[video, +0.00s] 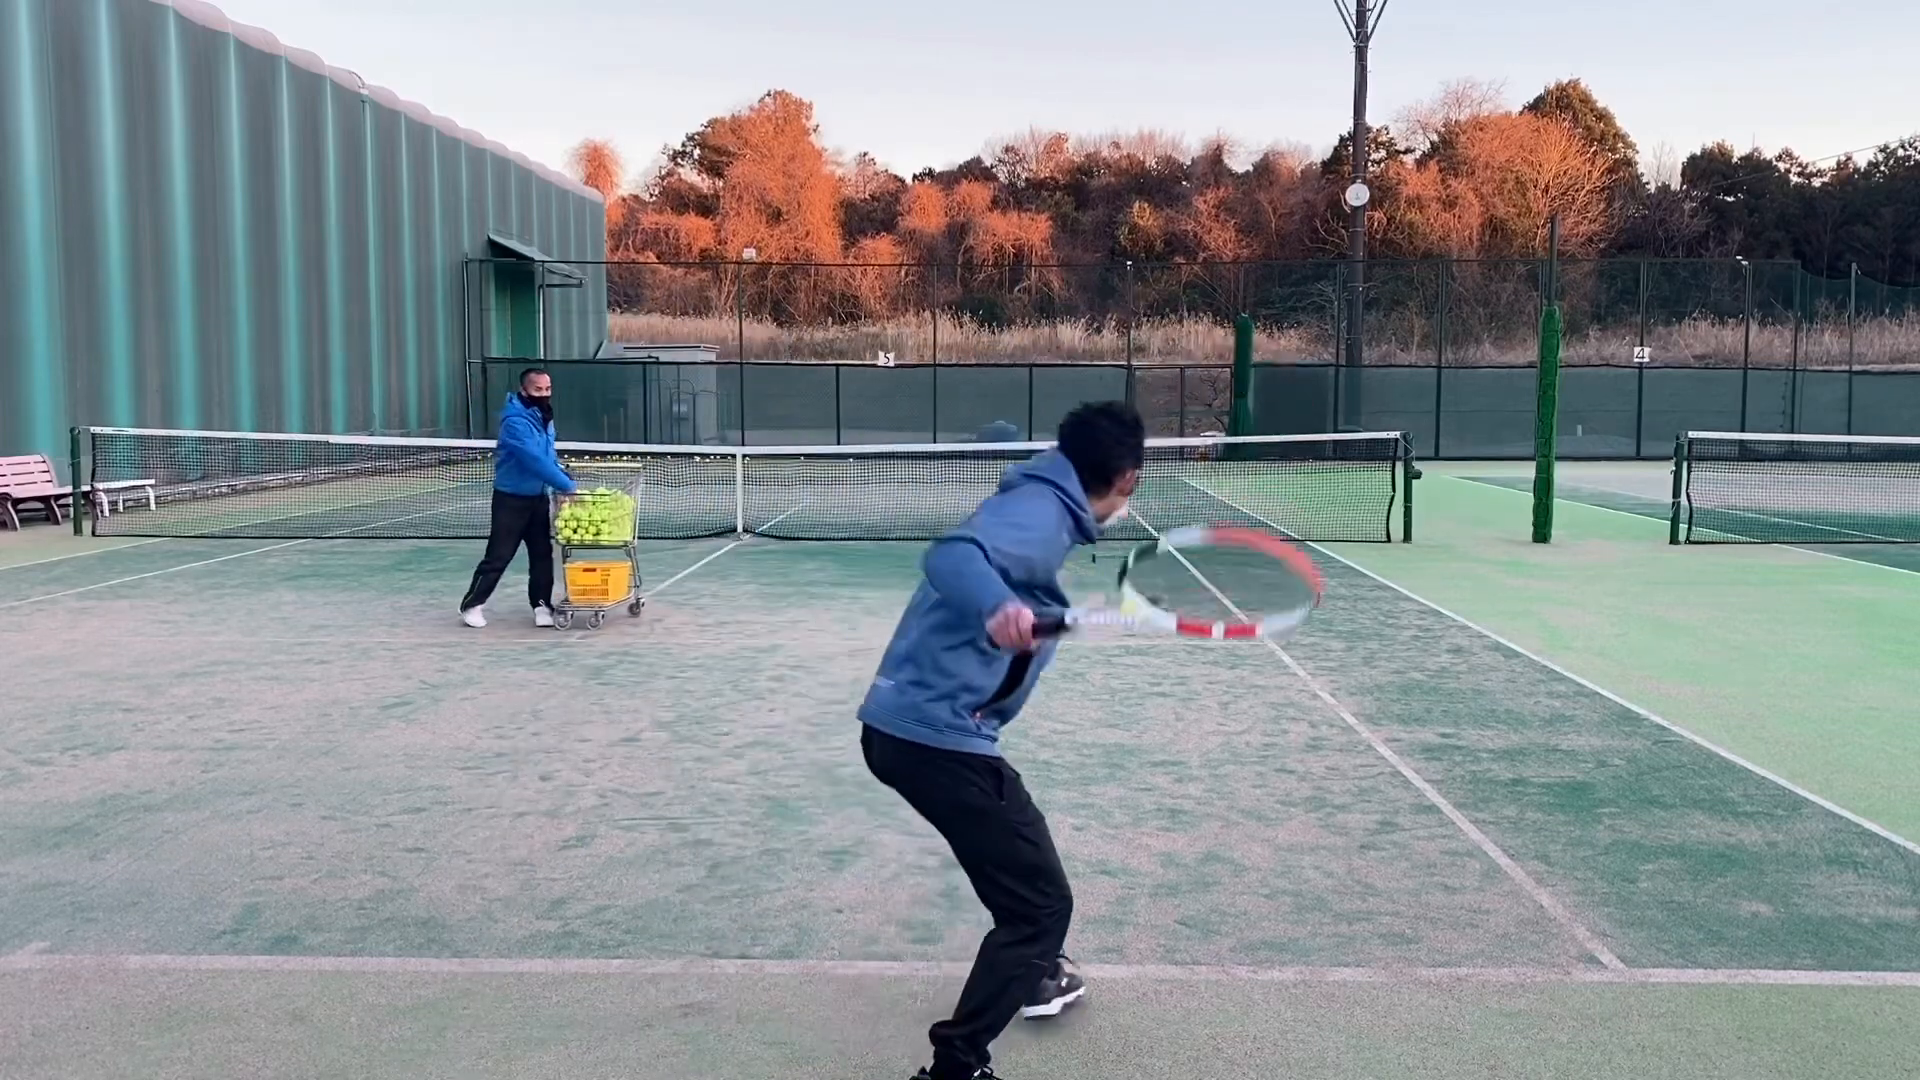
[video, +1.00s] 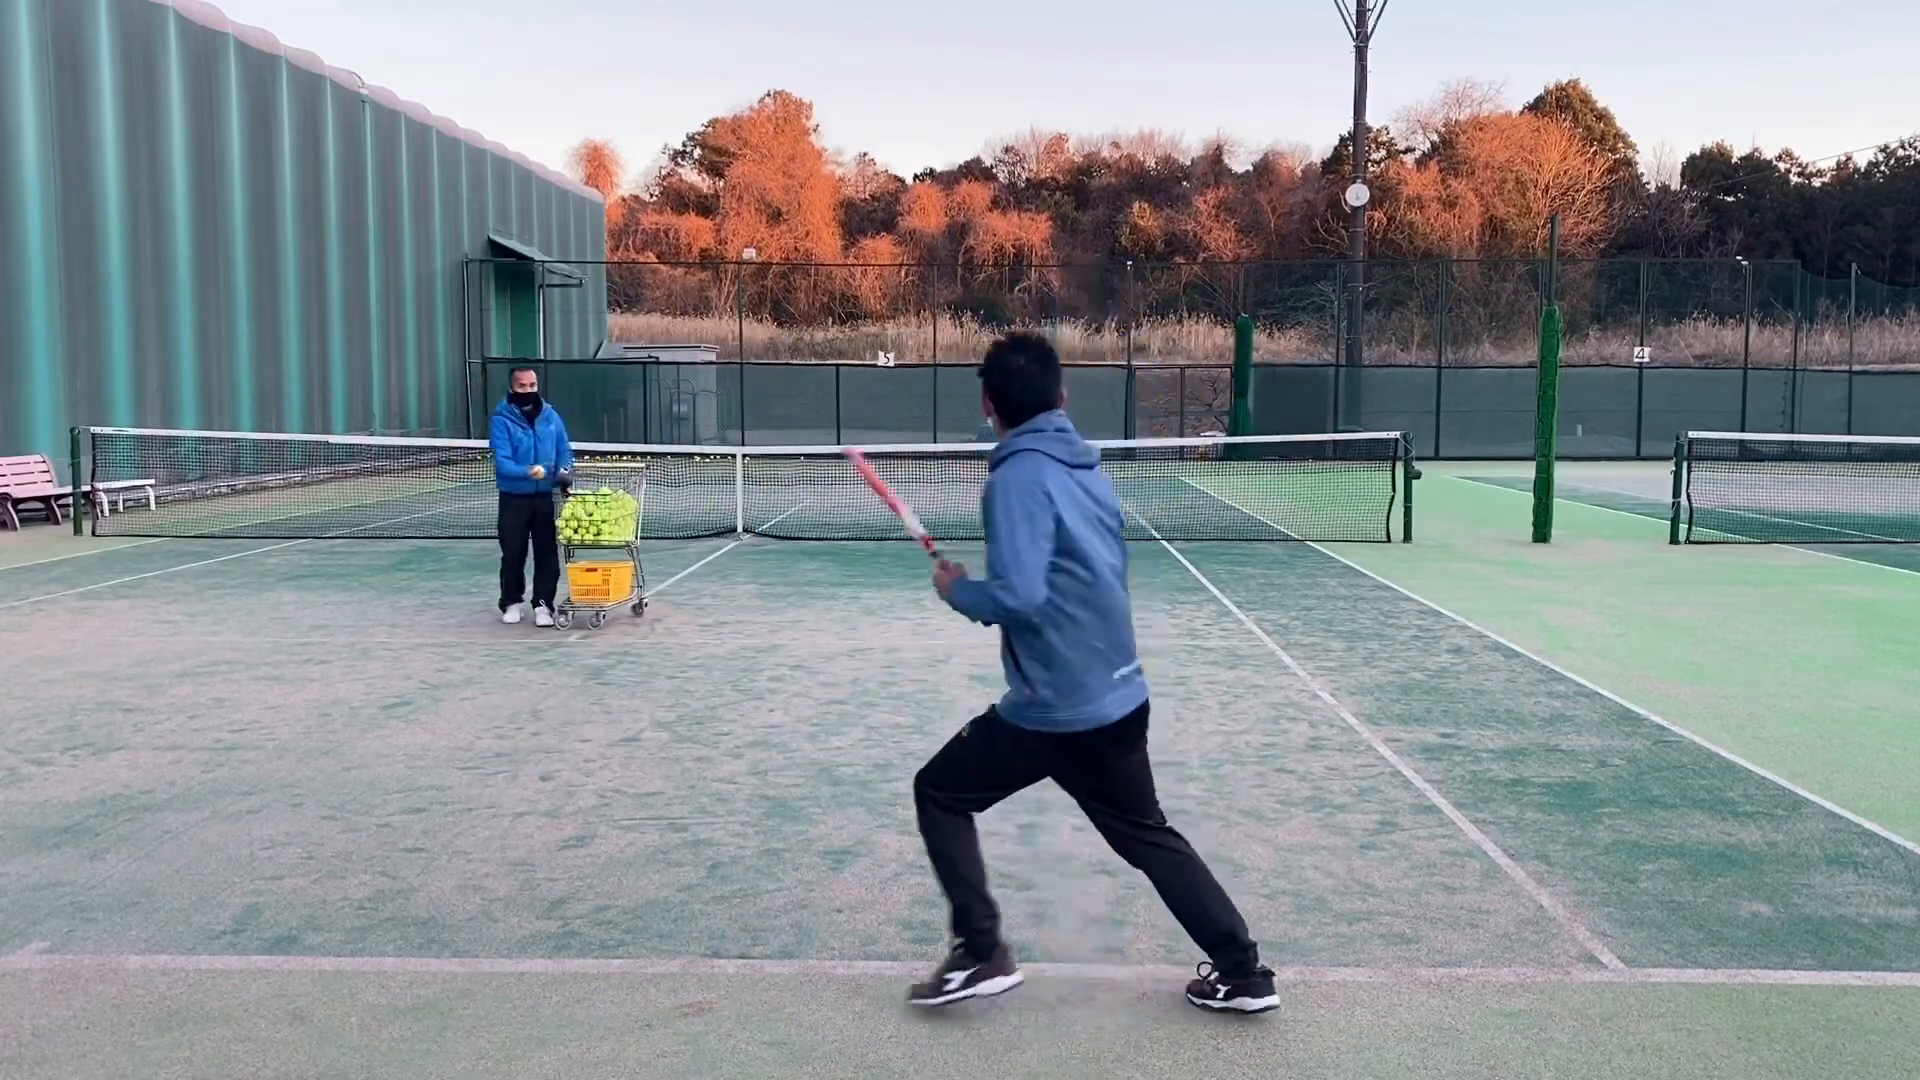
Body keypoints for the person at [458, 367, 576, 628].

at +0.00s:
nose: (545, 393)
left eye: (548, 389)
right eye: (539, 389)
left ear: (549, 390)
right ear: (525, 390)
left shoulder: (543, 416)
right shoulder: (514, 421)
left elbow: (548, 455)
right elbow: (534, 459)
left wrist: (564, 481)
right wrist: (568, 486)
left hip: (537, 497)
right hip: (510, 498)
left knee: (542, 554)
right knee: (499, 555)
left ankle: (541, 606)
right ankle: (471, 605)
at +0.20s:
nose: (552, 393)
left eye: (554, 389)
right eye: (546, 389)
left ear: (556, 390)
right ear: (532, 390)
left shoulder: (549, 416)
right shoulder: (521, 420)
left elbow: (553, 454)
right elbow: (538, 460)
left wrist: (567, 476)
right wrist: (567, 492)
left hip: (543, 495)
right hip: (518, 496)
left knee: (545, 554)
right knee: (507, 554)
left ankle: (542, 605)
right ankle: (482, 604)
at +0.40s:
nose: (554, 393)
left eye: (557, 389)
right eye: (548, 389)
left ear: (558, 390)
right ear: (534, 391)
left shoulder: (552, 416)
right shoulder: (524, 421)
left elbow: (557, 451)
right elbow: (541, 463)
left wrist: (564, 471)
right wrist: (571, 493)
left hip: (545, 494)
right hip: (521, 496)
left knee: (547, 553)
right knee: (510, 554)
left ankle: (542, 605)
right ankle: (484, 603)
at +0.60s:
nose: (552, 392)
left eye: (555, 388)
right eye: (545, 389)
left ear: (557, 388)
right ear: (532, 390)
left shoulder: (555, 415)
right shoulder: (522, 421)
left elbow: (560, 448)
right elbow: (539, 463)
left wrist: (563, 468)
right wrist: (573, 492)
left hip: (548, 493)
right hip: (522, 495)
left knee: (548, 553)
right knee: (512, 553)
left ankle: (543, 604)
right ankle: (489, 601)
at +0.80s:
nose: (544, 390)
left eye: (548, 386)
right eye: (538, 386)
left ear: (551, 387)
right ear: (526, 387)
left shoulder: (556, 416)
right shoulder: (515, 418)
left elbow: (564, 451)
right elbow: (517, 463)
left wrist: (566, 468)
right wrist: (555, 474)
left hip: (548, 495)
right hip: (520, 496)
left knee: (549, 552)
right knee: (516, 552)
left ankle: (543, 604)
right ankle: (509, 602)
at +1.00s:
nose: (527, 390)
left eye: (532, 385)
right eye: (522, 386)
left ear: (538, 386)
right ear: (512, 387)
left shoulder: (550, 415)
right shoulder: (501, 419)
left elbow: (565, 451)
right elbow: (502, 464)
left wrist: (563, 470)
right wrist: (527, 471)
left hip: (545, 496)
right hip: (514, 497)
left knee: (547, 553)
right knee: (513, 553)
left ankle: (543, 605)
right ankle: (512, 603)